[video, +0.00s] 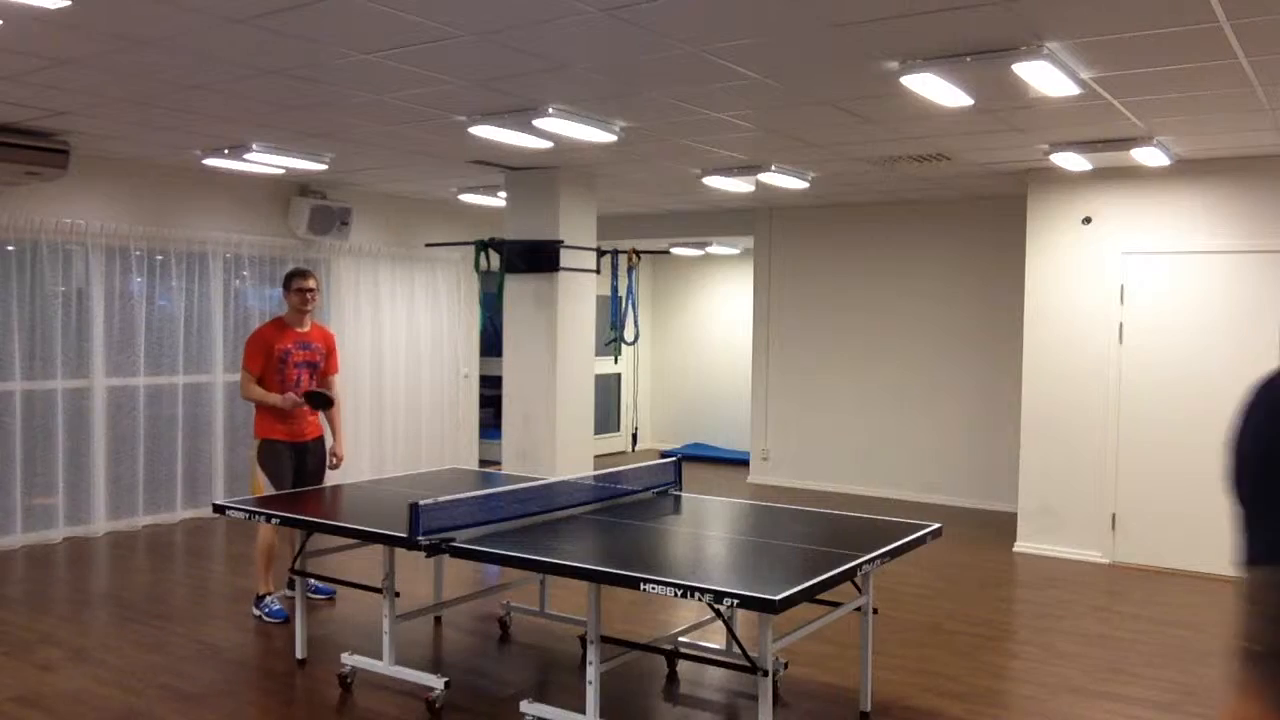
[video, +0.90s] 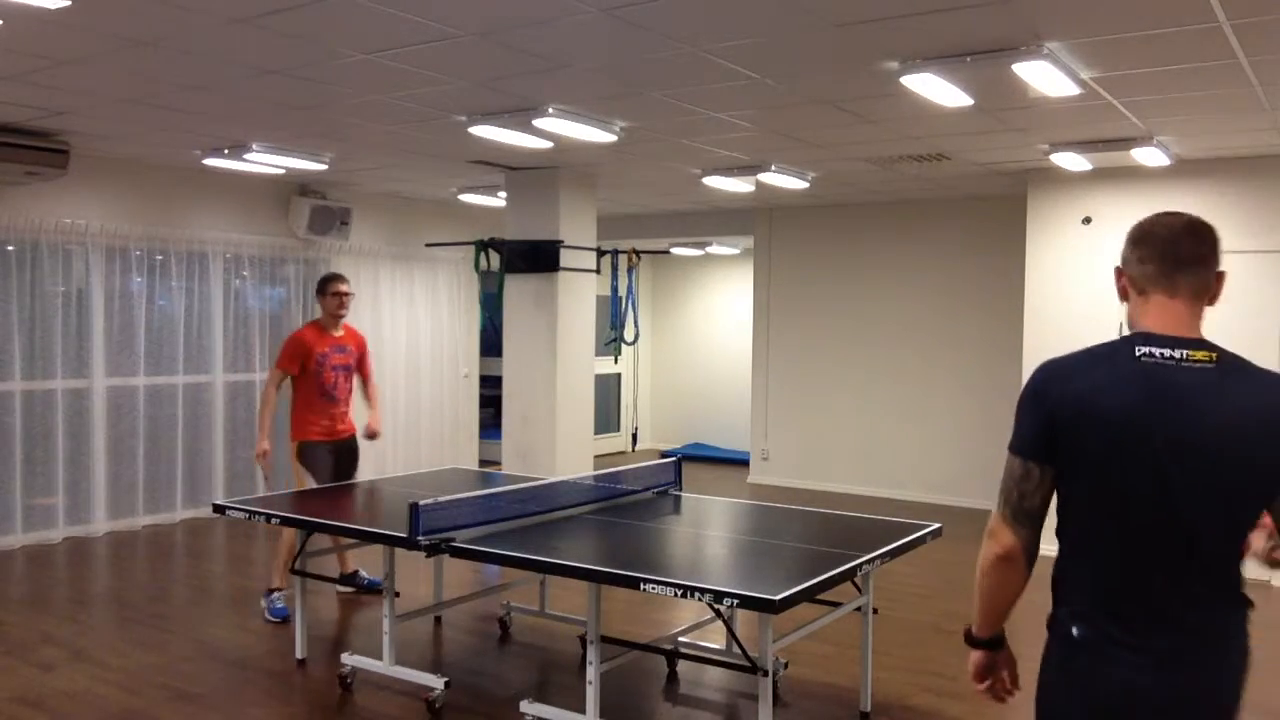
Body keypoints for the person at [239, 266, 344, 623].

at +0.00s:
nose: (309, 296)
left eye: (314, 291)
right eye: (302, 291)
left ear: (319, 296)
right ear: (286, 295)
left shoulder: (324, 337)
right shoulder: (265, 336)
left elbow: (331, 390)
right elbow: (247, 388)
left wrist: (337, 439)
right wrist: (279, 399)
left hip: (312, 438)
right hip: (275, 439)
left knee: (307, 513)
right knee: (274, 514)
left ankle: (300, 576)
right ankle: (264, 593)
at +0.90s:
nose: (342, 301)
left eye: (346, 296)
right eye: (335, 295)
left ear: (350, 300)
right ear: (320, 299)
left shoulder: (356, 340)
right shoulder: (302, 340)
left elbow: (368, 382)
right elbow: (272, 384)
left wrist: (375, 415)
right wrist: (264, 438)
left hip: (345, 437)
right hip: (311, 438)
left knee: (340, 509)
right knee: (304, 511)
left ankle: (347, 572)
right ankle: (275, 590)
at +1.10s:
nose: (349, 298)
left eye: (353, 293)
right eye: (342, 293)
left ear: (357, 296)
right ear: (326, 296)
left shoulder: (365, 325)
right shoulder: (310, 326)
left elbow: (397, 346)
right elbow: (268, 356)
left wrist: (406, 380)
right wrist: (281, 400)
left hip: (354, 428)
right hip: (320, 428)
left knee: (351, 502)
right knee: (322, 502)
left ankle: (348, 571)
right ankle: (302, 584)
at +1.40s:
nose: (356, 300)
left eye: (360, 295)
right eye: (349, 294)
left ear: (363, 298)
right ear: (332, 296)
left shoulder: (367, 337)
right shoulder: (311, 338)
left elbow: (366, 386)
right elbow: (300, 390)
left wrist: (388, 377)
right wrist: (325, 377)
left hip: (361, 429)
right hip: (326, 428)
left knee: (357, 501)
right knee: (330, 499)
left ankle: (348, 571)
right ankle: (302, 583)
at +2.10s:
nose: (334, 304)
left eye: (337, 299)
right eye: (328, 298)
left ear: (338, 304)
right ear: (307, 299)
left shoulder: (337, 342)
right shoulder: (286, 337)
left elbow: (339, 391)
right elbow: (273, 393)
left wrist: (362, 395)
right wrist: (321, 399)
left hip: (318, 435)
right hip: (283, 432)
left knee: (323, 508)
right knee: (282, 513)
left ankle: (342, 570)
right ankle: (264, 595)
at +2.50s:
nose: (334, 303)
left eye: (338, 298)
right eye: (328, 296)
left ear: (338, 302)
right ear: (308, 297)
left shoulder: (334, 337)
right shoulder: (285, 334)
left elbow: (358, 381)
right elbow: (251, 382)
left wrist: (365, 342)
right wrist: (292, 406)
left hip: (327, 437)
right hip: (291, 437)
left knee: (333, 509)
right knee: (277, 514)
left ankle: (334, 573)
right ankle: (264, 594)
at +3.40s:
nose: (333, 317)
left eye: (336, 312)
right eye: (327, 311)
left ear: (334, 313)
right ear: (306, 310)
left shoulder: (330, 347)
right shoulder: (276, 346)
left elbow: (340, 396)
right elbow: (253, 400)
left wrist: (355, 371)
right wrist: (289, 427)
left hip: (315, 440)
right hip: (277, 441)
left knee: (338, 506)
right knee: (270, 512)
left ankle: (339, 572)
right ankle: (229, 593)